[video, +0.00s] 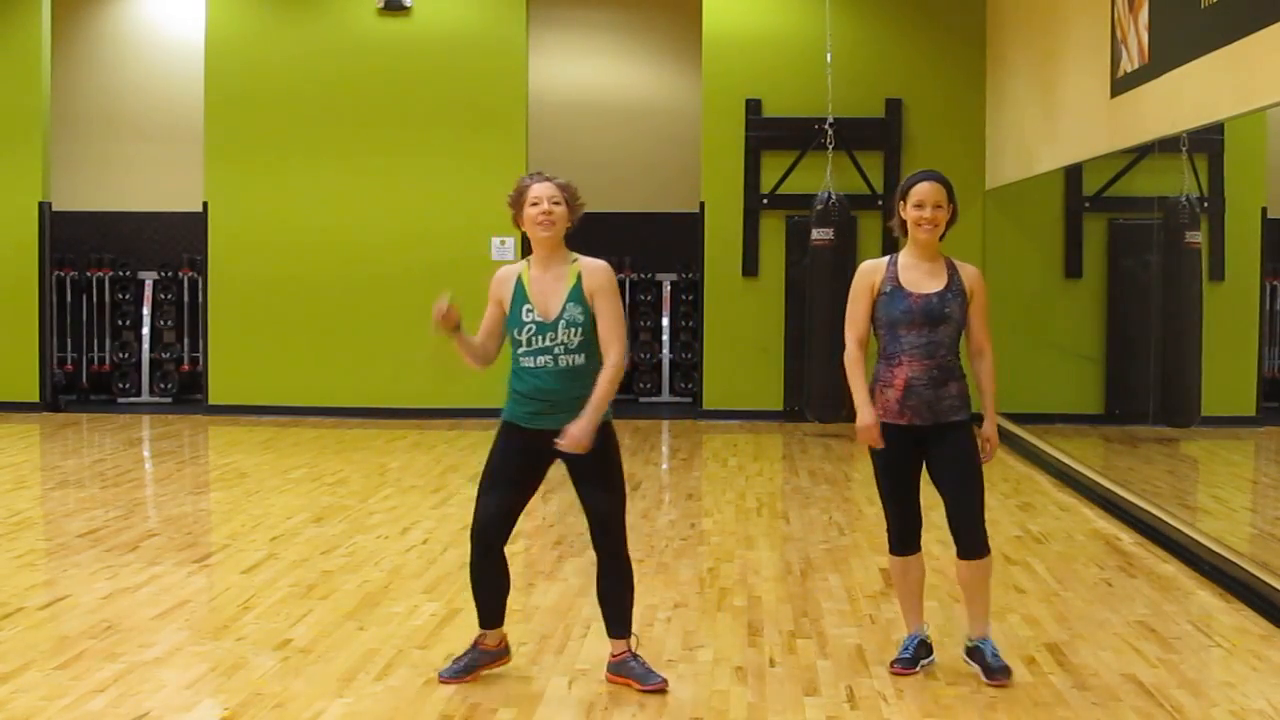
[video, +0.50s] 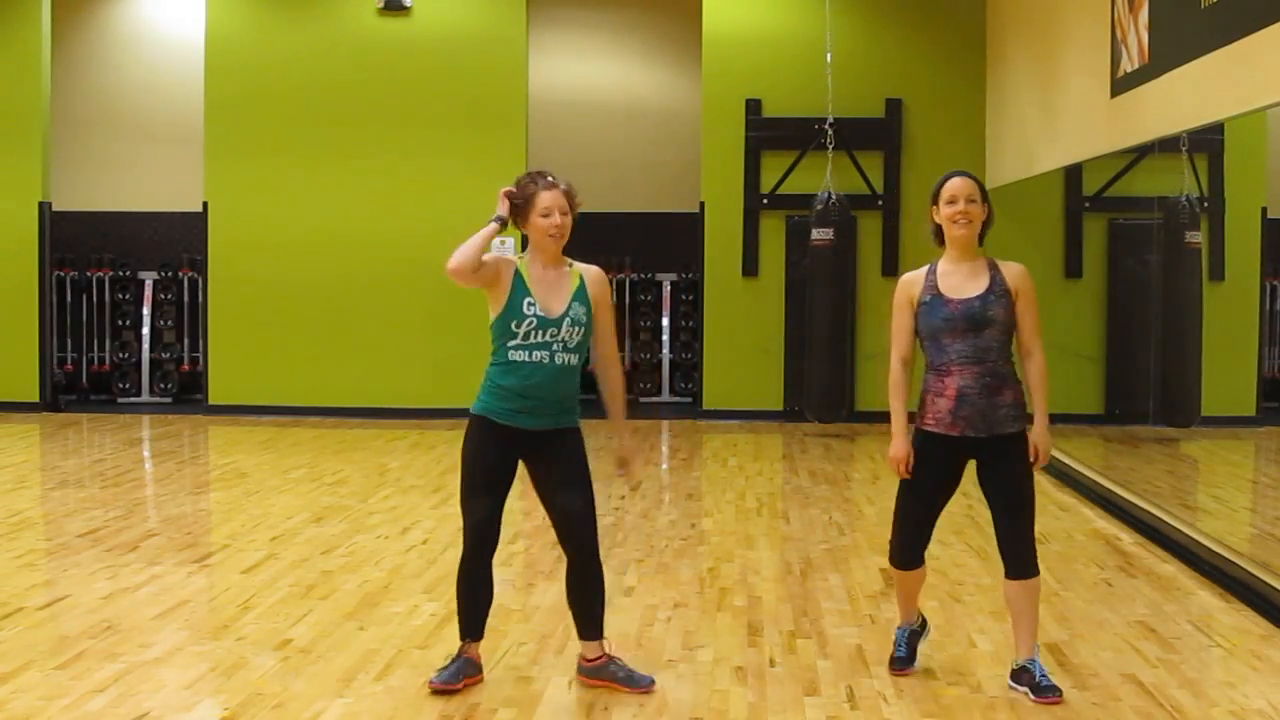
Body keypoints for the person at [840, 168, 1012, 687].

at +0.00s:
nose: (928, 214)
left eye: (937, 207)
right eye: (918, 205)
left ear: (949, 215)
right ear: (902, 211)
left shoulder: (967, 277)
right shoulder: (873, 273)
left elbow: (980, 351)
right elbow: (854, 347)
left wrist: (989, 416)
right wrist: (864, 409)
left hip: (951, 422)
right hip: (891, 424)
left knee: (972, 532)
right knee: (903, 534)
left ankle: (979, 639)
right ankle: (916, 636)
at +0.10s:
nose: (931, 214)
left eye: (941, 206)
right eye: (922, 204)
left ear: (954, 214)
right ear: (906, 211)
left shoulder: (970, 279)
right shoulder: (875, 274)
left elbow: (980, 354)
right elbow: (857, 346)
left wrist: (989, 419)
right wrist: (872, 405)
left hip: (958, 423)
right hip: (897, 425)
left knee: (980, 533)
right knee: (906, 535)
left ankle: (1000, 647)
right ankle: (915, 637)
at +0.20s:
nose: (938, 213)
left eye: (947, 206)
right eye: (929, 205)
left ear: (960, 215)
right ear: (911, 211)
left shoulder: (977, 280)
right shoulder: (881, 276)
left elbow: (984, 357)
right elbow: (867, 347)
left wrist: (994, 425)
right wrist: (878, 406)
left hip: (966, 422)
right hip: (905, 425)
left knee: (991, 536)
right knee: (909, 536)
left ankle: (1018, 649)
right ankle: (916, 637)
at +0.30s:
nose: (946, 213)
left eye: (956, 205)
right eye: (937, 204)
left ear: (969, 215)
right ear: (919, 212)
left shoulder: (987, 281)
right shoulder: (889, 279)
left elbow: (999, 356)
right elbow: (875, 353)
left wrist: (1010, 423)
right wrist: (885, 417)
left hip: (979, 426)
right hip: (915, 427)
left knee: (1002, 539)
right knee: (914, 537)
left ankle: (1026, 654)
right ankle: (917, 637)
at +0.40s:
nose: (955, 212)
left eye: (964, 204)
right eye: (944, 204)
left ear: (978, 215)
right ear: (927, 215)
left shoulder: (1000, 280)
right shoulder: (902, 283)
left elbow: (1018, 356)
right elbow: (886, 358)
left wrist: (1027, 426)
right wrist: (892, 426)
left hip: (993, 430)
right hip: (927, 431)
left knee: (1012, 546)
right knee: (916, 541)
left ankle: (1025, 660)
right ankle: (915, 633)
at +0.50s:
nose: (961, 209)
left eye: (970, 200)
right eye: (951, 201)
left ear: (986, 212)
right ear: (935, 215)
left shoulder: (1012, 276)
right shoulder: (913, 284)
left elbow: (1032, 352)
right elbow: (900, 361)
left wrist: (1040, 421)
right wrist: (899, 430)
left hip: (1004, 432)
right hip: (936, 432)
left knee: (1020, 548)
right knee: (906, 542)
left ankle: (1027, 661)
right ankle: (909, 623)